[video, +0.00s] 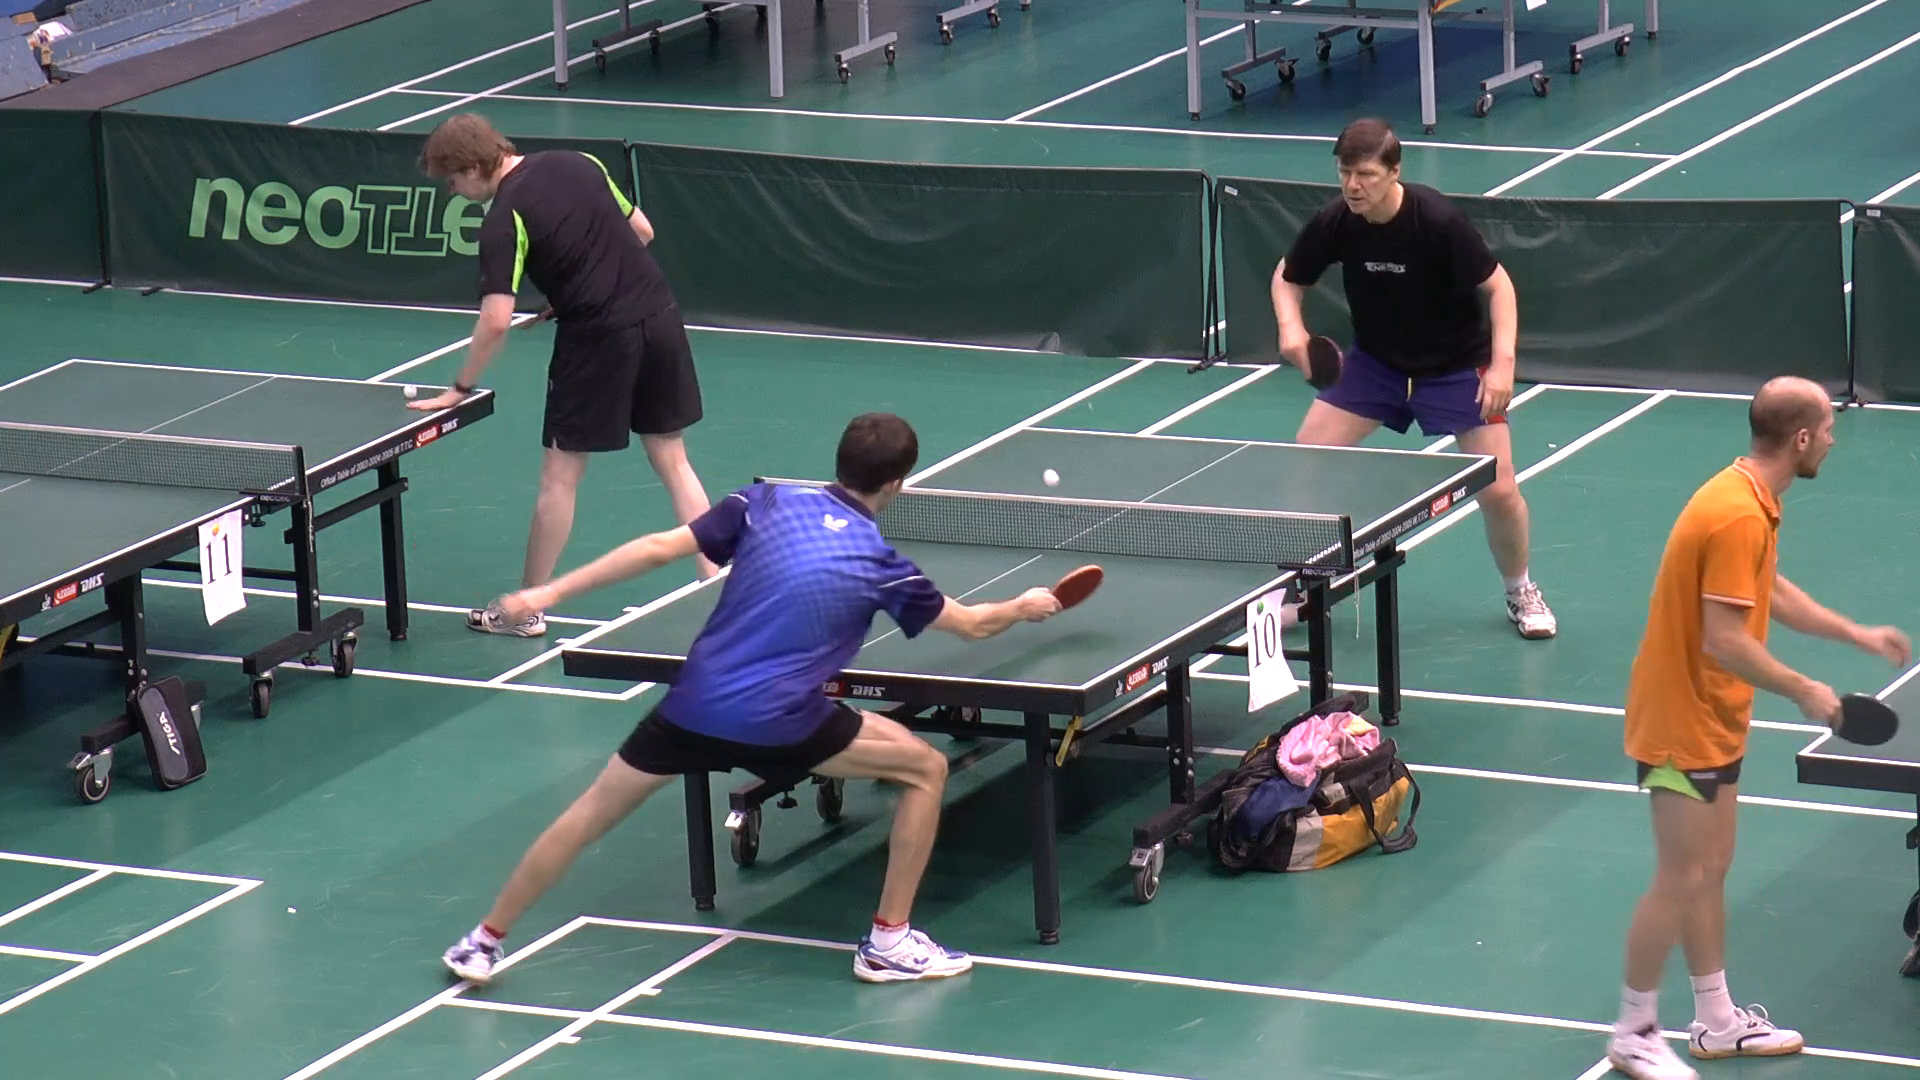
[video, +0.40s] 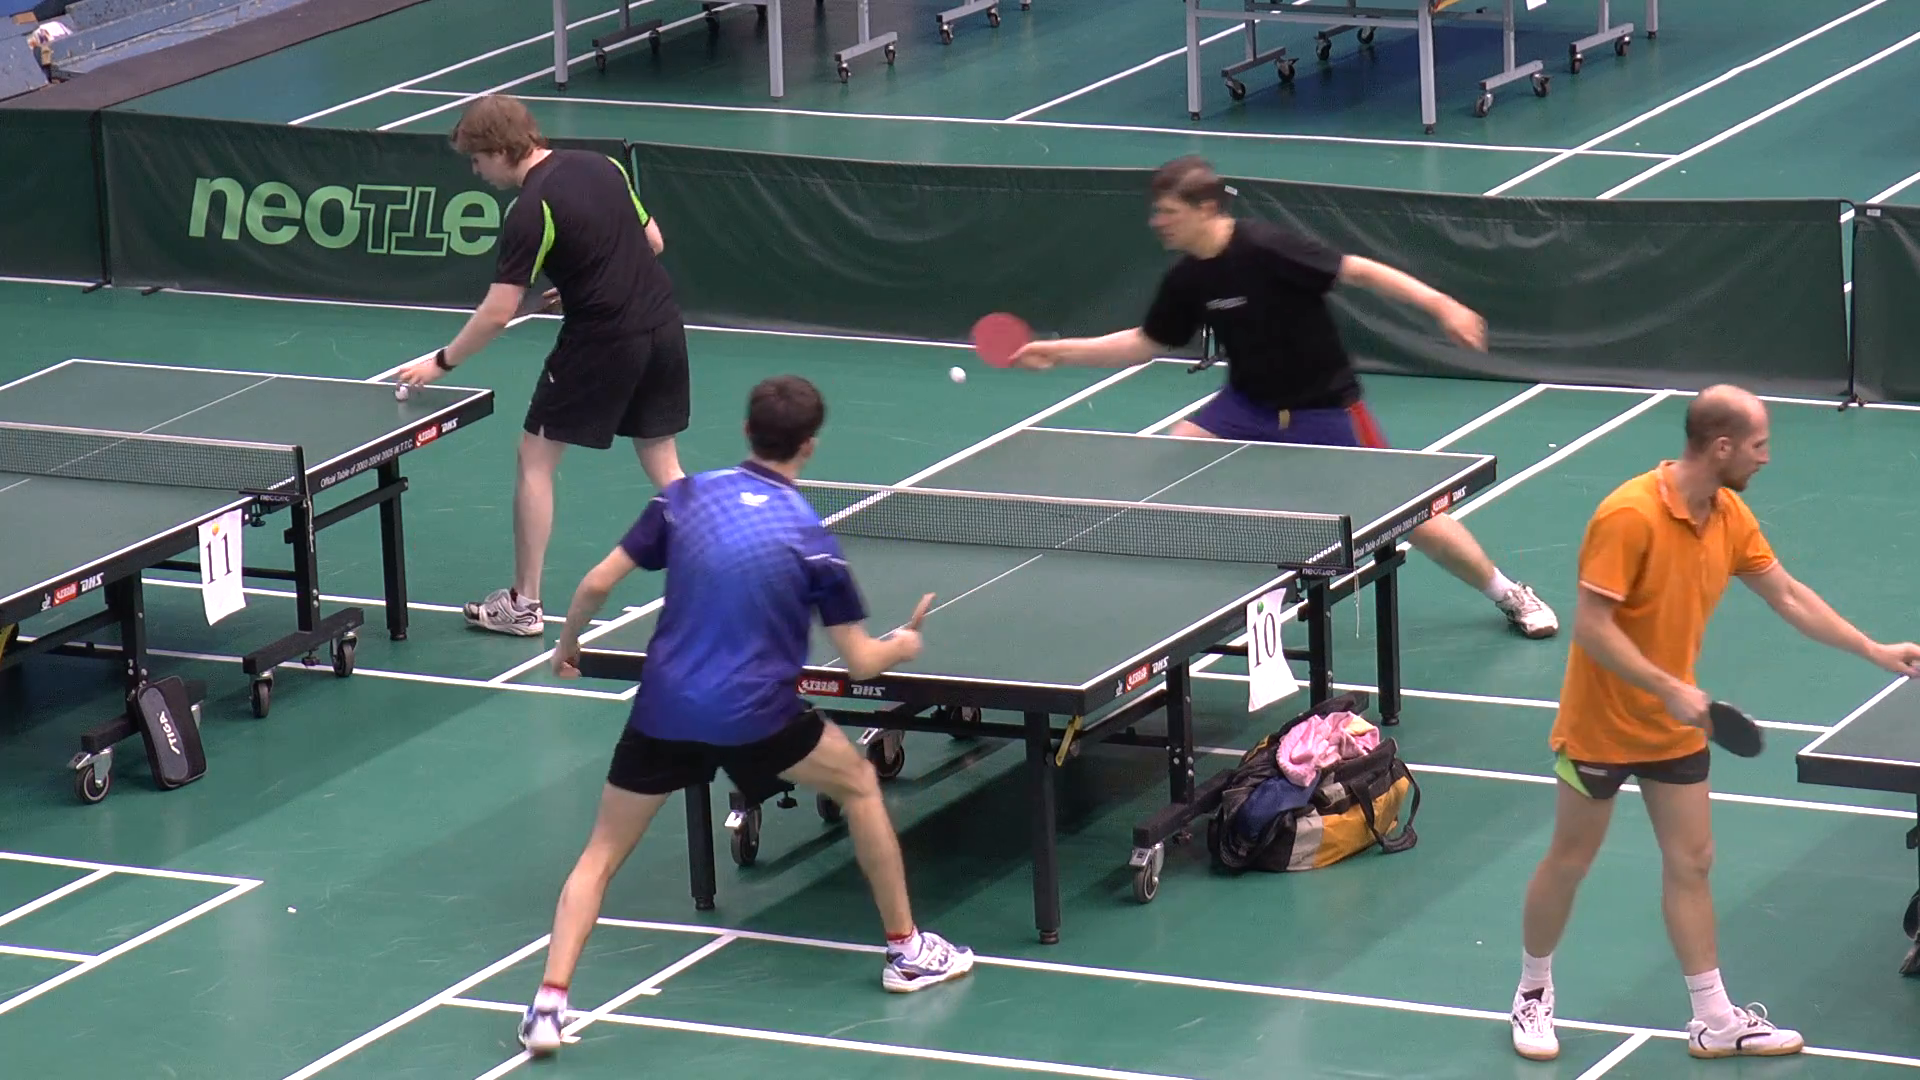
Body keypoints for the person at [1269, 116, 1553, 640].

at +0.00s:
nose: (1353, 185)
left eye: (1365, 175)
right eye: (1347, 173)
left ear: (1394, 172)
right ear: (1339, 170)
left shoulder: (1438, 220)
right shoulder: (1335, 222)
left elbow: (1499, 286)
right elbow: (1288, 277)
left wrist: (1502, 363)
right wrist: (1292, 331)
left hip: (1457, 370)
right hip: (1374, 364)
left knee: (1500, 492)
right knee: (1306, 460)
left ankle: (1521, 589)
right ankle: (1304, 579)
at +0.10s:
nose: (1337, 185)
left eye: (1349, 176)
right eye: (1332, 174)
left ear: (1380, 174)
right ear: (1325, 174)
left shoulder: (1426, 220)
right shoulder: (1323, 230)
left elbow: (1492, 286)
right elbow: (1279, 282)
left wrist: (1505, 360)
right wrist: (1258, 322)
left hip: (1445, 371)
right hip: (1361, 367)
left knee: (1496, 492)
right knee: (1289, 465)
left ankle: (1520, 590)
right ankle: (1298, 576)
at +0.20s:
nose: (1296, 192)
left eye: (1308, 182)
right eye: (1292, 181)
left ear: (1344, 182)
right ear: (1289, 184)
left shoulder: (1394, 229)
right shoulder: (1297, 244)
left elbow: (1468, 281)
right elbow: (1257, 299)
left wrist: (1506, 347)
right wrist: (1185, 323)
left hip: (1419, 382)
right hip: (1336, 379)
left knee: (1481, 500)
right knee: (1256, 467)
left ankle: (1519, 592)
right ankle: (1273, 585)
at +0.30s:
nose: (1232, 205)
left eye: (1242, 194)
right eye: (1229, 195)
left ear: (1280, 193)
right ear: (1236, 199)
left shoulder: (1339, 237)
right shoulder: (1251, 259)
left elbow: (1424, 273)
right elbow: (1201, 319)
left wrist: (1495, 325)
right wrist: (1115, 334)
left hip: (1380, 396)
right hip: (1297, 394)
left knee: (1449, 504)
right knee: (1207, 470)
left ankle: (1516, 594)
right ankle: (1236, 603)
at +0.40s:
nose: (1158, 225)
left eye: (1167, 214)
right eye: (1157, 215)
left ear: (1208, 208)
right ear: (1178, 216)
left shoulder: (1269, 247)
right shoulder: (1187, 275)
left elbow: (1360, 271)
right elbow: (1147, 344)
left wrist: (1443, 306)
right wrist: (1059, 351)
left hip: (1327, 406)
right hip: (1248, 403)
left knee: (1415, 518)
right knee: (1150, 458)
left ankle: (1505, 593)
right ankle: (1172, 607)